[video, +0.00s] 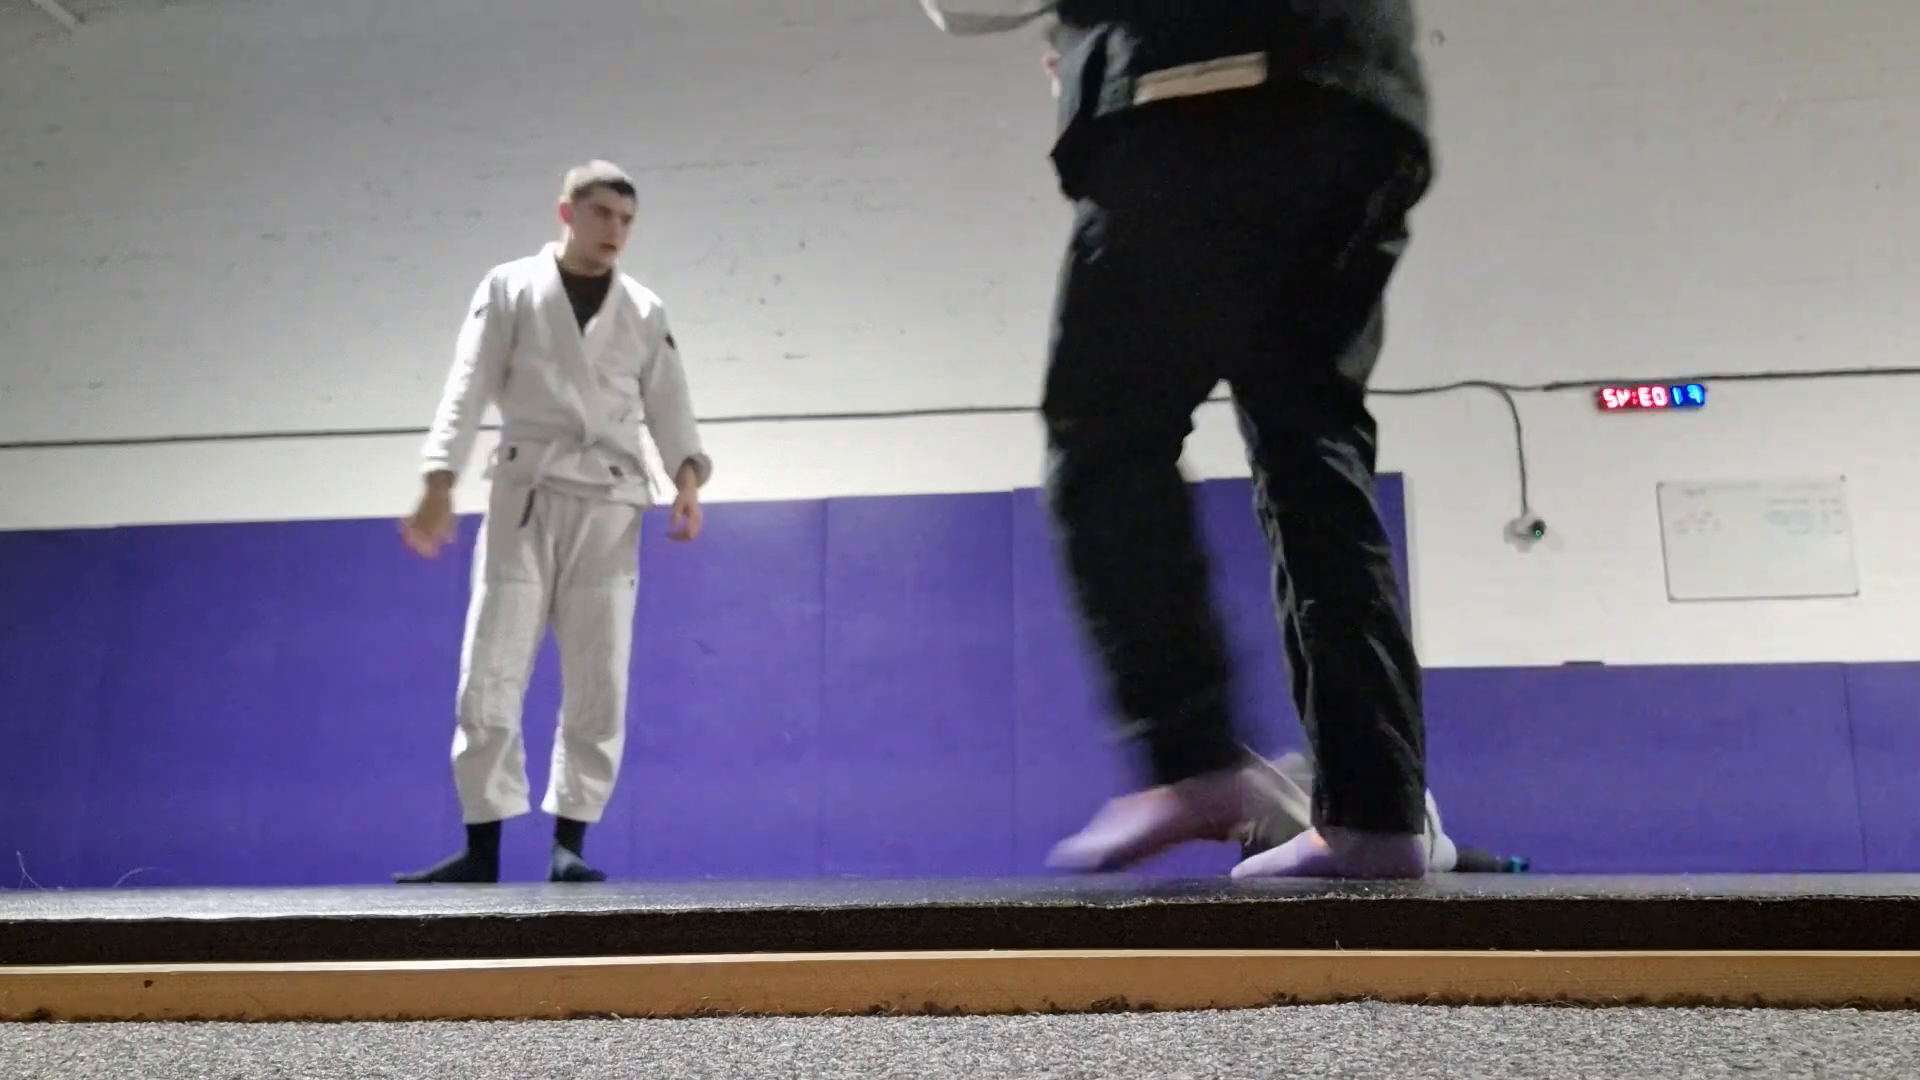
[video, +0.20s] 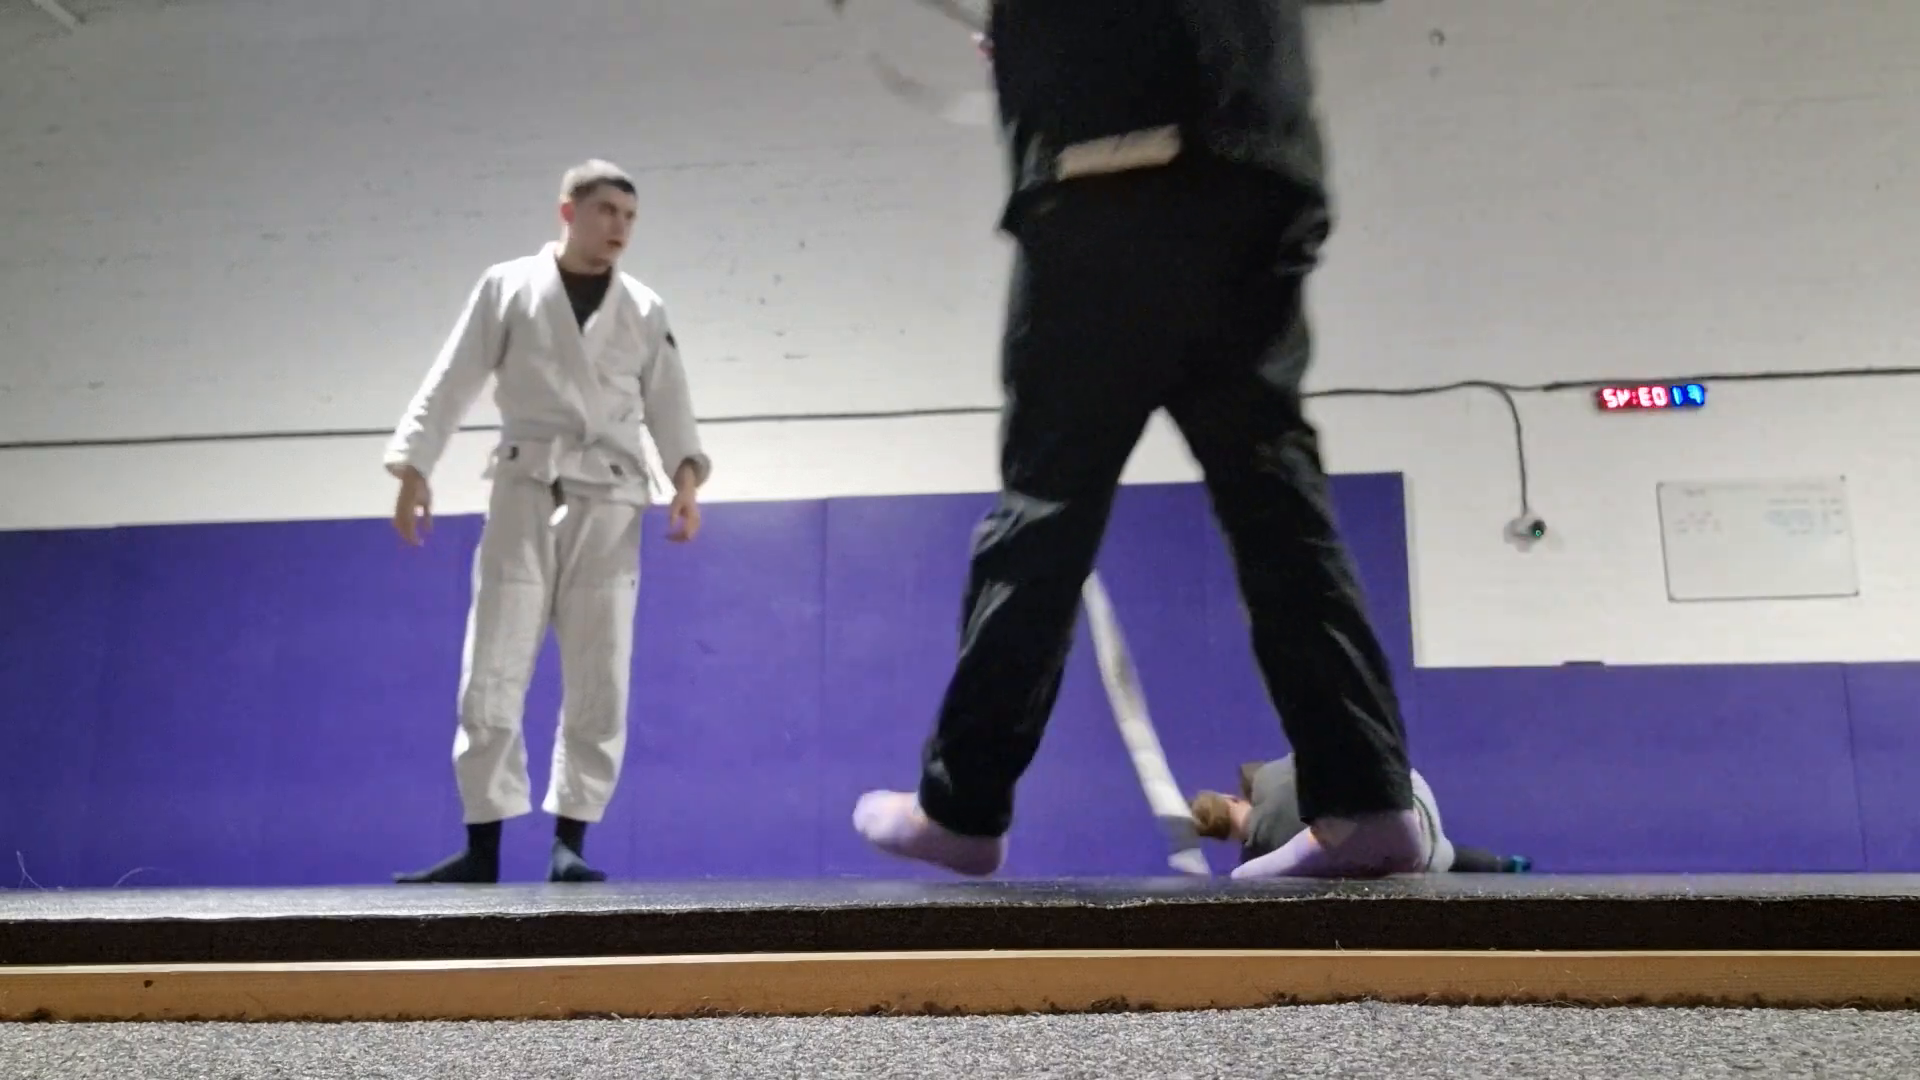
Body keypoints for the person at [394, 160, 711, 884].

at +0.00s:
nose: (615, 229)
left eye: (625, 219)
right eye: (602, 214)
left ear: (632, 228)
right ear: (565, 212)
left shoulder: (643, 310)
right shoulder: (510, 288)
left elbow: (669, 401)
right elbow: (467, 387)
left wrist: (689, 479)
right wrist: (439, 481)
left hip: (610, 508)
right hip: (522, 499)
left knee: (599, 675)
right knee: (490, 671)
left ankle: (569, 849)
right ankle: (481, 851)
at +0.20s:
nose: (619, 227)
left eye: (628, 217)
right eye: (606, 212)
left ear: (633, 228)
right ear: (566, 211)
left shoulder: (643, 311)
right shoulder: (508, 288)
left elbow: (669, 401)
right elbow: (454, 378)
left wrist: (688, 478)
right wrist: (413, 467)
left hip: (612, 500)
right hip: (523, 493)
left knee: (599, 670)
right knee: (493, 666)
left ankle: (570, 847)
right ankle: (481, 851)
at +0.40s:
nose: (622, 228)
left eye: (630, 218)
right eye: (610, 212)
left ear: (632, 229)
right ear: (567, 211)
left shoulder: (643, 310)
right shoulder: (507, 287)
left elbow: (671, 400)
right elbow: (464, 375)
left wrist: (684, 470)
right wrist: (446, 452)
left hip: (609, 502)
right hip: (520, 494)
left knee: (597, 671)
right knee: (489, 667)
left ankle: (569, 848)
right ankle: (481, 850)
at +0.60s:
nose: (621, 228)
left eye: (629, 219)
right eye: (609, 213)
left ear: (630, 231)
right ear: (566, 212)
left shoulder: (643, 314)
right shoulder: (503, 288)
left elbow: (683, 415)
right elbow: (454, 383)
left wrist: (671, 446)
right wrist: (502, 432)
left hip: (607, 509)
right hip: (518, 502)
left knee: (597, 676)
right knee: (487, 674)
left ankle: (569, 849)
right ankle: (480, 852)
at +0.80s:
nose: (619, 230)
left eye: (626, 219)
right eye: (608, 215)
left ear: (628, 227)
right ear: (565, 213)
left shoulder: (643, 313)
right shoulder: (502, 289)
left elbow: (681, 407)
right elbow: (450, 377)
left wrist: (656, 430)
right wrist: (506, 416)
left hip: (609, 512)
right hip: (520, 504)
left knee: (598, 676)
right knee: (488, 671)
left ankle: (569, 848)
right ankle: (480, 851)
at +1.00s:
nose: (597, 220)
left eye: (610, 210)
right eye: (584, 204)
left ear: (621, 225)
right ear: (554, 212)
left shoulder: (643, 315)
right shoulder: (499, 290)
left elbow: (682, 407)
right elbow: (446, 378)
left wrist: (661, 432)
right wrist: (504, 416)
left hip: (605, 509)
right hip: (518, 502)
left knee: (595, 675)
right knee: (486, 671)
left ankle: (568, 850)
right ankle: (480, 852)